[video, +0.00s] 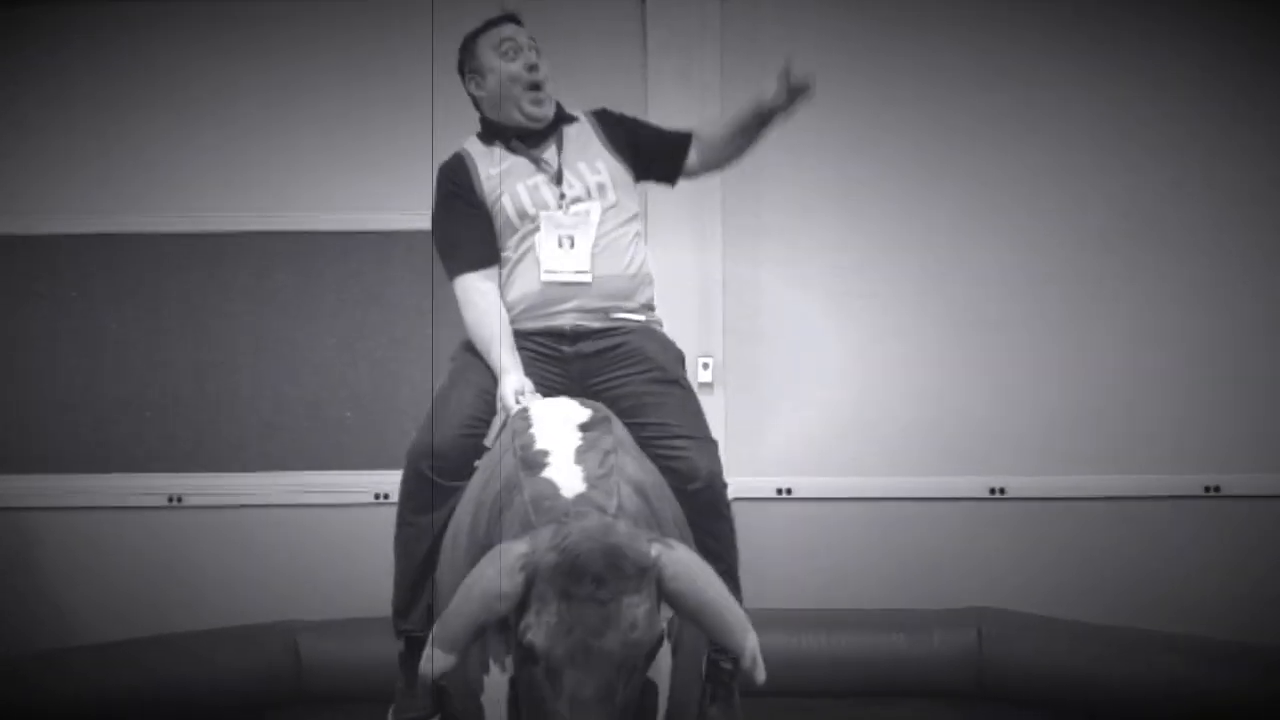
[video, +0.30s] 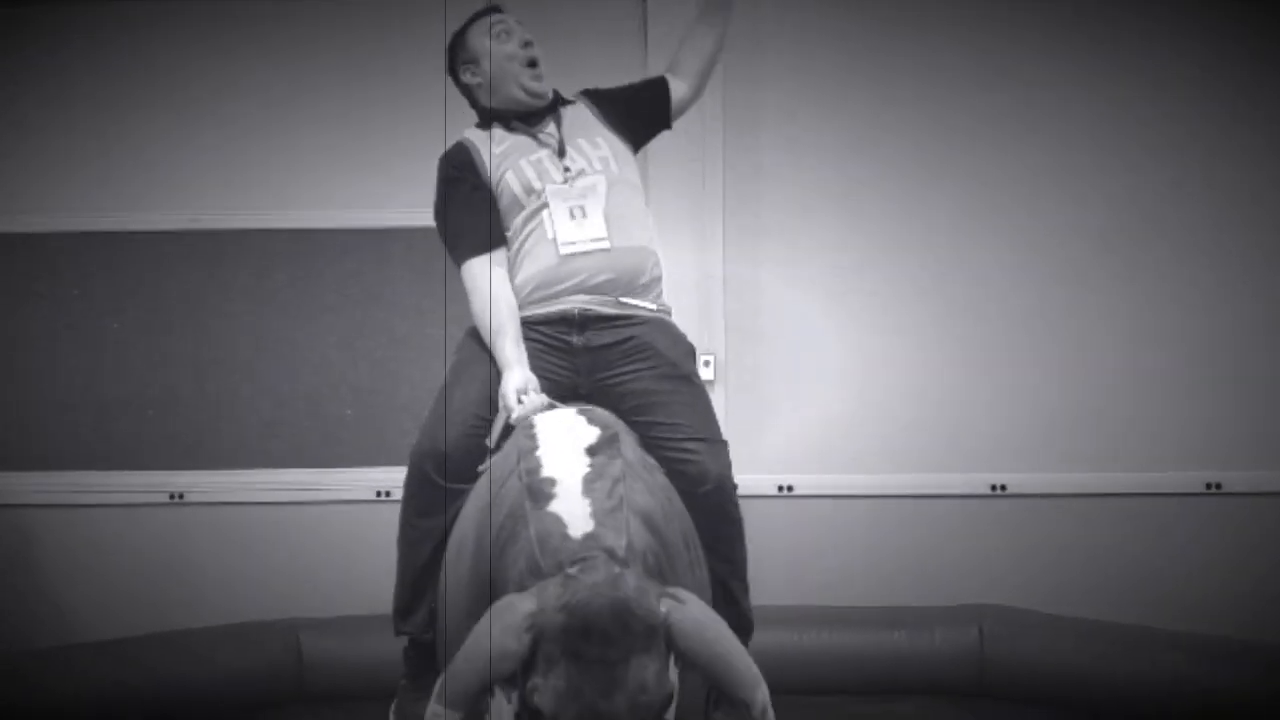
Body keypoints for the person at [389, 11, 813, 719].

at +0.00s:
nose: (533, 64)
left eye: (534, 51)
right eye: (509, 56)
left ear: (547, 65)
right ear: (474, 87)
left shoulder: (605, 132)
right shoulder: (466, 172)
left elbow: (699, 155)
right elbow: (474, 284)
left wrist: (765, 111)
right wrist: (508, 371)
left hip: (626, 339)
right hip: (519, 346)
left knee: (700, 476)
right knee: (434, 456)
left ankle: (725, 663)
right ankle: (418, 652)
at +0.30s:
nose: (529, 45)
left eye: (527, 35)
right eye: (505, 40)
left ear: (542, 55)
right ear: (473, 80)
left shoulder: (604, 111)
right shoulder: (469, 158)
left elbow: (685, 76)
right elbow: (485, 278)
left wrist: (717, 8)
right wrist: (514, 370)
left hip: (636, 328)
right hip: (525, 336)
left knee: (708, 474)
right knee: (438, 456)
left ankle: (730, 655)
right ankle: (421, 654)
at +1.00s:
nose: (494, 48)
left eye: (489, 44)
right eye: (471, 47)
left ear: (507, 67)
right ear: (438, 97)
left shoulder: (579, 116)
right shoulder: (446, 172)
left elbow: (661, 141)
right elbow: (474, 295)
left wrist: (740, 98)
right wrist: (510, 409)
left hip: (638, 353)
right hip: (514, 365)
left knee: (709, 518)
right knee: (428, 509)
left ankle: (735, 695)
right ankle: (411, 697)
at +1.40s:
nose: (493, 60)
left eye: (492, 51)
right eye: (463, 59)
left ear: (513, 71)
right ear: (441, 108)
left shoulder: (593, 133)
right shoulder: (446, 195)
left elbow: (689, 189)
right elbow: (470, 328)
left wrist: (798, 202)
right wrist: (505, 438)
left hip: (636, 388)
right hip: (507, 399)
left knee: (711, 555)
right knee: (417, 542)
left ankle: (739, 712)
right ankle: (402, 710)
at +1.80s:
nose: (514, 84)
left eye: (517, 71)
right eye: (488, 81)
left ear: (539, 88)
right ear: (465, 124)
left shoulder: (607, 155)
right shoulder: (455, 203)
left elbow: (682, 226)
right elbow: (469, 328)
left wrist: (729, 281)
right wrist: (512, 423)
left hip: (633, 381)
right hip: (512, 391)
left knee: (709, 518)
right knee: (426, 511)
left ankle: (744, 691)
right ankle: (405, 692)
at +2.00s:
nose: (524, 110)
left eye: (532, 98)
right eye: (501, 104)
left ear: (553, 117)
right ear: (479, 139)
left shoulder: (608, 181)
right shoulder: (461, 216)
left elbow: (671, 264)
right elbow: (460, 326)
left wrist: (626, 342)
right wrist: (506, 404)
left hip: (624, 378)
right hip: (508, 386)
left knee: (707, 504)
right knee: (425, 495)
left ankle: (738, 689)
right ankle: (408, 683)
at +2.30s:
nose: (527, 163)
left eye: (540, 150)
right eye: (511, 153)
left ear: (564, 168)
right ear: (492, 179)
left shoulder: (602, 220)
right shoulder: (468, 246)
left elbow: (639, 302)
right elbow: (457, 344)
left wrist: (582, 377)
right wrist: (513, 401)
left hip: (605, 396)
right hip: (508, 406)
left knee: (699, 481)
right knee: (422, 487)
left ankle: (725, 673)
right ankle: (409, 672)